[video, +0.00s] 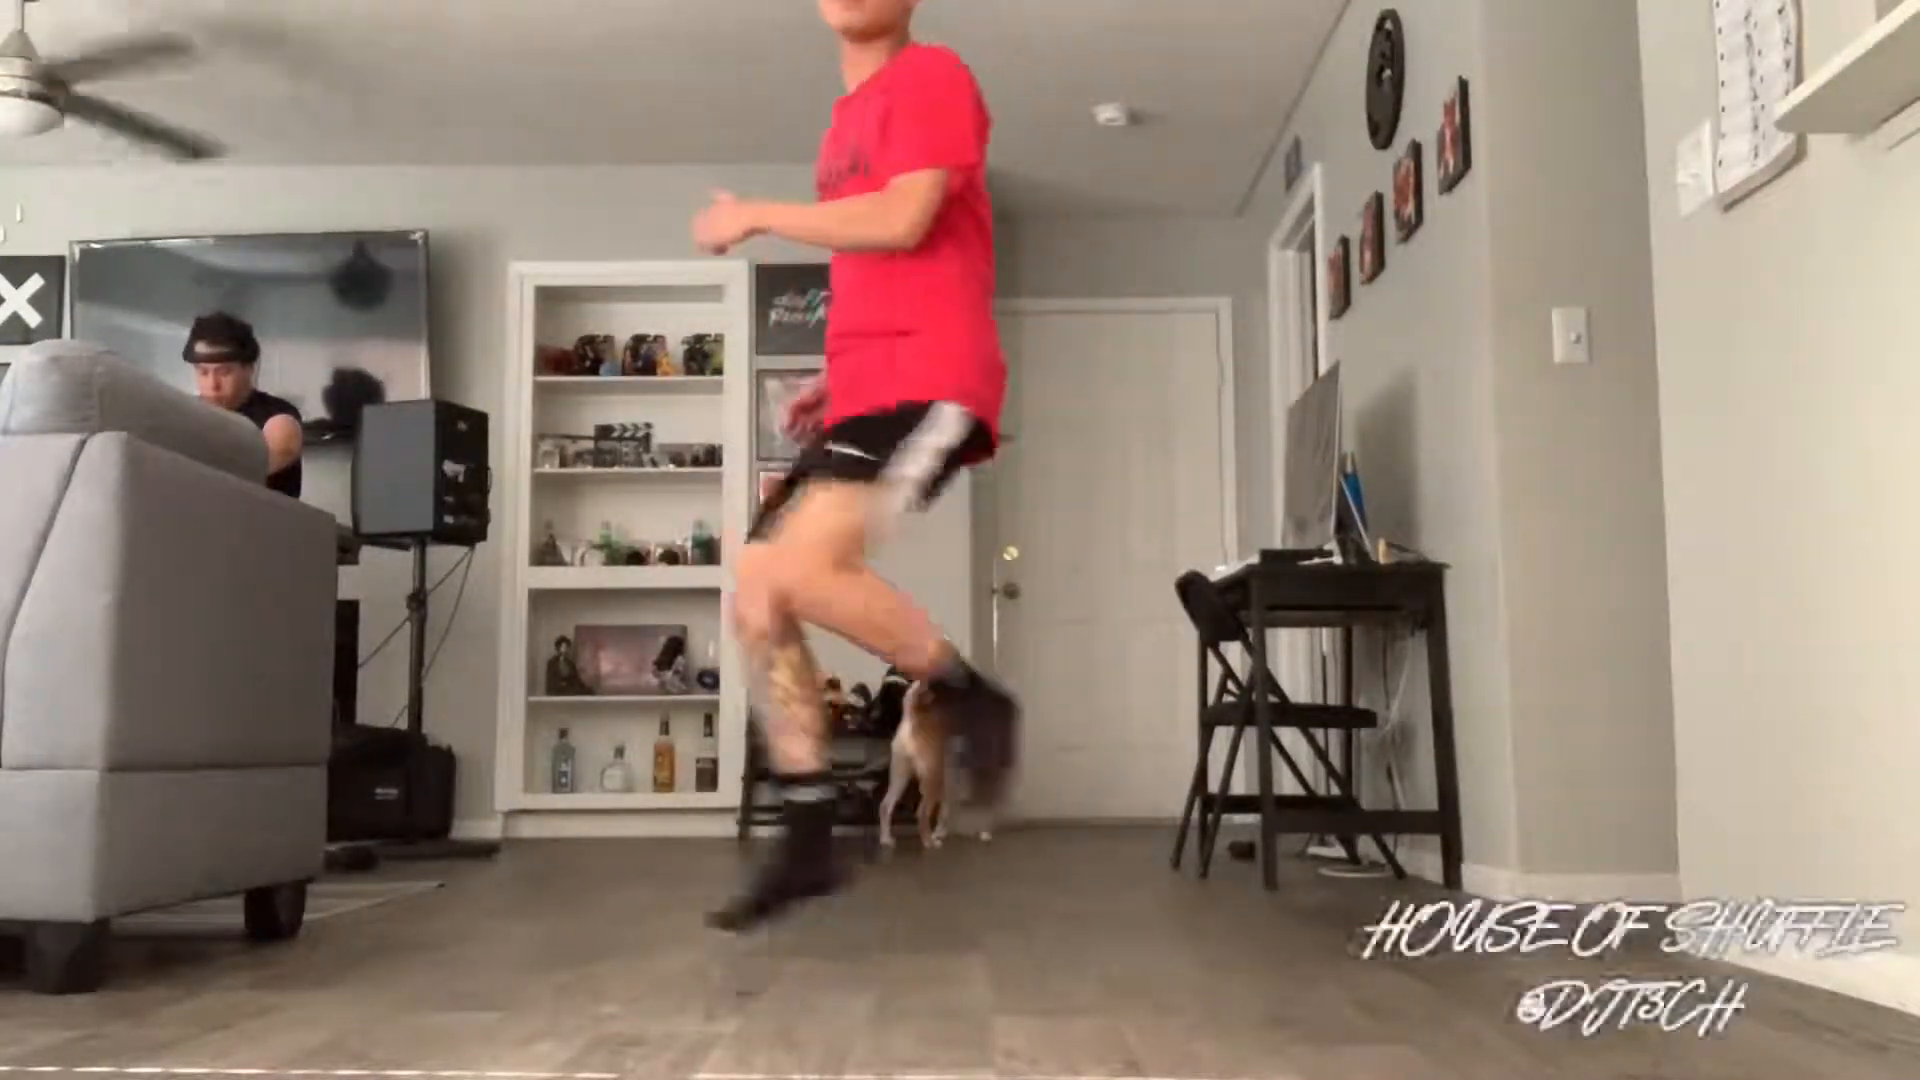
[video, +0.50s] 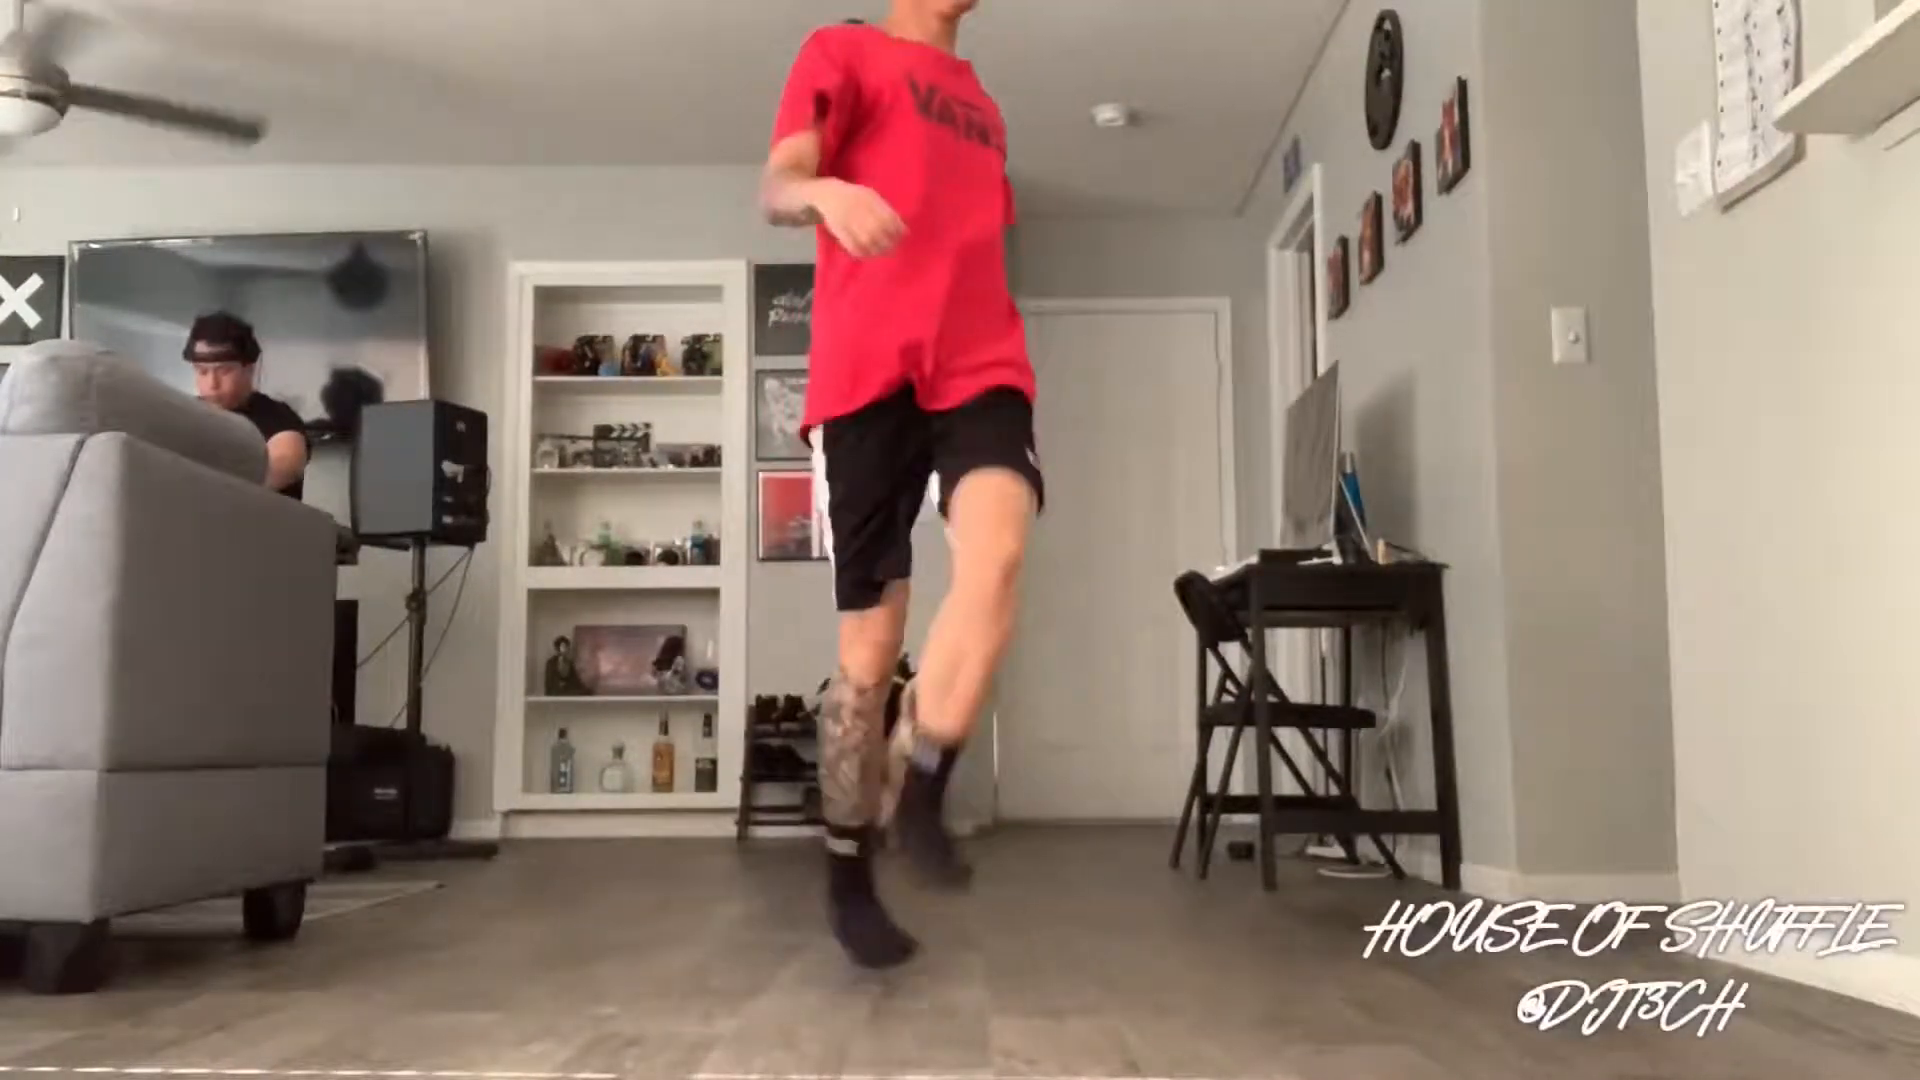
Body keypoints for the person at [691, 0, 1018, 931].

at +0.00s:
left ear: (902, 1)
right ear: (828, 9)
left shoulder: (931, 76)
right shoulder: (849, 119)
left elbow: (903, 217)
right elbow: (888, 278)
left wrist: (758, 215)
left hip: (935, 385)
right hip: (869, 396)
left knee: (806, 569)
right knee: (755, 596)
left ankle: (971, 698)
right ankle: (807, 831)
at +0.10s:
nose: (892, 7)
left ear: (936, 11)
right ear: (838, 11)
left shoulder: (987, 117)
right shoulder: (808, 145)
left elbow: (1002, 229)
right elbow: (824, 292)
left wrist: (865, 196)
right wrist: (813, 428)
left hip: (954, 438)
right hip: (833, 435)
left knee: (957, 678)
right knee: (782, 652)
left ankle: (977, 896)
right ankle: (740, 911)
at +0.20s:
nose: (907, 2)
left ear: (945, 7)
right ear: (856, 9)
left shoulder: (1001, 121)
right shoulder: (806, 123)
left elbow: (1029, 251)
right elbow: (751, 273)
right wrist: (736, 390)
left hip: (965, 433)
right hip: (844, 433)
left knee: (962, 670)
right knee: (824, 649)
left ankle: (961, 888)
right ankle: (797, 890)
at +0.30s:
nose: (927, 1)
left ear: (955, 7)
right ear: (875, 1)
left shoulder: (990, 105)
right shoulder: (801, 86)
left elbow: (1033, 262)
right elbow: (736, 219)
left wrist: (1074, 403)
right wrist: (730, 270)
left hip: (975, 404)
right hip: (858, 409)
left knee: (1004, 612)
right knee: (894, 646)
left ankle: (975, 749)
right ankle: (889, 897)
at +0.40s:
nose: (953, 0)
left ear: (957, 12)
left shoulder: (985, 127)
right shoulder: (828, 79)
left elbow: (1010, 287)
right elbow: (752, 186)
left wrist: (1032, 407)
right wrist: (769, 179)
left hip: (970, 380)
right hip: (855, 400)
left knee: (1011, 525)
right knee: (883, 670)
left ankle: (987, 666)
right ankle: (891, 912)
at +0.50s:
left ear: (960, 5)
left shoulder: (978, 101)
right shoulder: (842, 48)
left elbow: (977, 234)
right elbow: (778, 186)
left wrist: (990, 342)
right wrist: (827, 192)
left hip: (980, 363)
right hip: (868, 366)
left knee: (997, 553)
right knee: (874, 636)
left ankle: (921, 785)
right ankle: (848, 870)